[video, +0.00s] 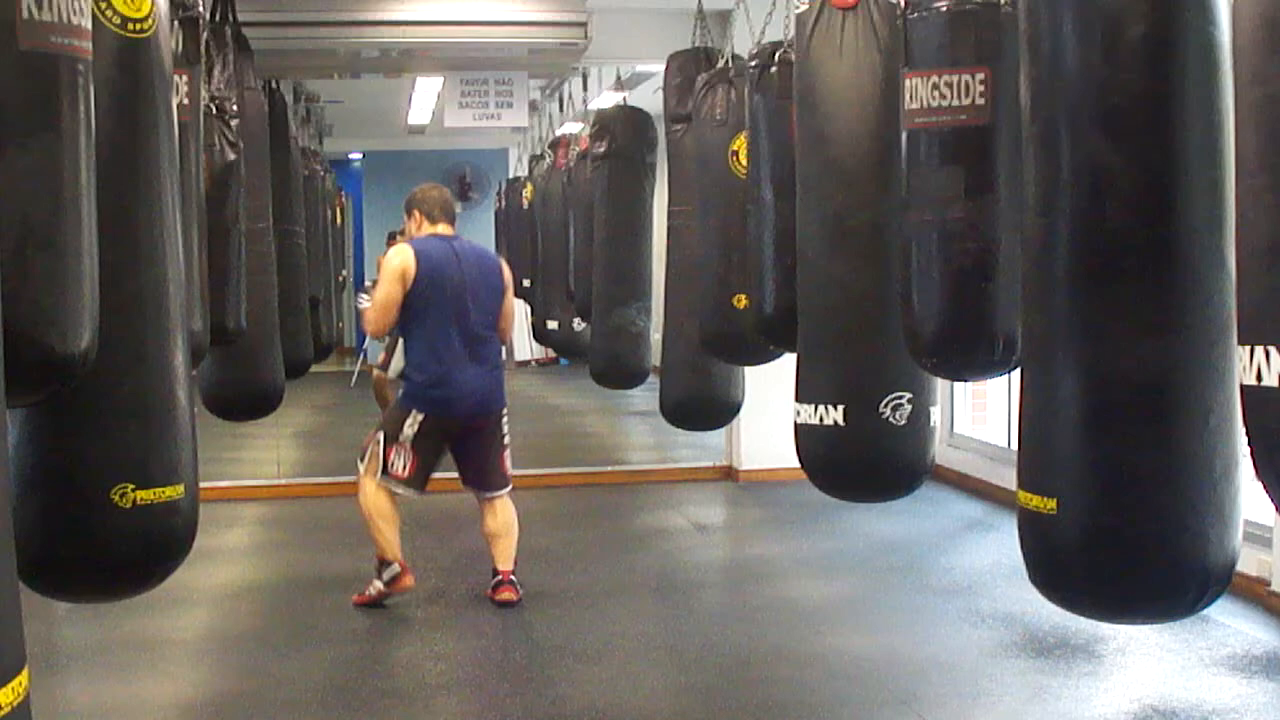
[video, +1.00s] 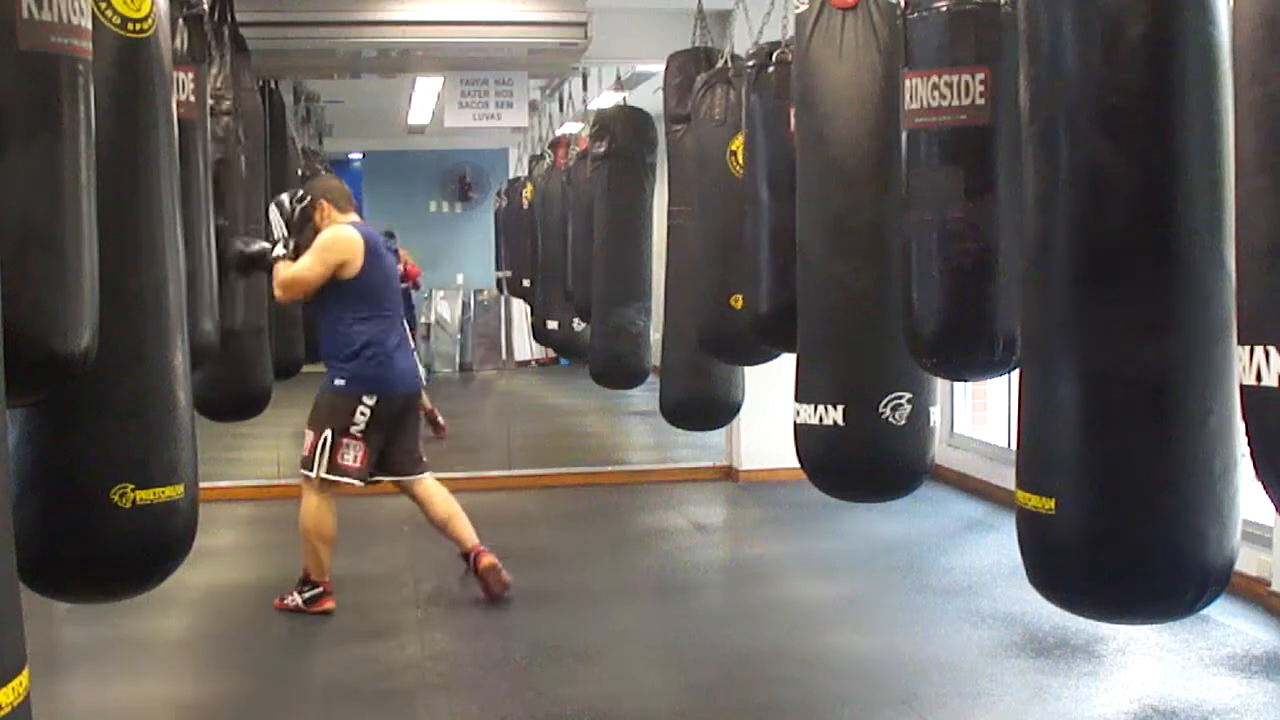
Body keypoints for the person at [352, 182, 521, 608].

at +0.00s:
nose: (406, 229)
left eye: (406, 222)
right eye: (406, 223)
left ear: (416, 218)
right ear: (453, 219)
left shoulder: (403, 256)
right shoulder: (496, 264)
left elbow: (377, 326)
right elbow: (505, 332)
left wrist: (370, 300)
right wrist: (467, 311)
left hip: (429, 395)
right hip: (486, 396)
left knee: (371, 476)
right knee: (495, 492)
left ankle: (392, 567)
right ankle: (505, 576)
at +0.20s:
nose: (401, 205)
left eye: (401, 199)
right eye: (401, 199)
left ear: (413, 194)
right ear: (449, 191)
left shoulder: (405, 224)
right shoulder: (496, 228)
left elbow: (386, 291)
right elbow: (517, 290)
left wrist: (377, 273)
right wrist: (476, 281)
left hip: (430, 363)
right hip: (487, 366)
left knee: (383, 450)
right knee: (497, 467)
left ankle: (398, 551)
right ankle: (504, 563)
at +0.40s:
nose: (402, 225)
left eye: (402, 218)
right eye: (401, 219)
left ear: (415, 213)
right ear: (450, 211)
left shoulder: (411, 249)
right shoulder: (495, 254)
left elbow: (365, 310)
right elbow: (506, 315)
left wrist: (356, 285)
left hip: (433, 391)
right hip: (488, 392)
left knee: (378, 477)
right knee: (499, 488)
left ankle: (416, 568)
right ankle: (511, 577)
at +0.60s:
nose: (380, 221)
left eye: (381, 215)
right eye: (381, 216)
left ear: (390, 213)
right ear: (427, 212)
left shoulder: (377, 244)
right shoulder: (466, 249)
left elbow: (332, 302)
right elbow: (484, 306)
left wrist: (333, 275)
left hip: (391, 386)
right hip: (453, 386)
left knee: (344, 478)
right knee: (492, 480)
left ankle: (333, 564)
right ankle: (510, 574)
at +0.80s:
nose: (329, 222)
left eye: (330, 216)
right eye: (330, 217)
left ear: (339, 216)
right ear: (380, 218)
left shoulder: (323, 244)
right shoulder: (417, 255)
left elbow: (270, 291)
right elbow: (426, 311)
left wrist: (284, 264)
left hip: (354, 392)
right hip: (415, 390)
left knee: (308, 486)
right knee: (453, 476)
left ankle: (314, 585)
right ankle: (506, 556)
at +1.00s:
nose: (311, 221)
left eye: (310, 214)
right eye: (309, 215)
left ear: (322, 209)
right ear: (350, 205)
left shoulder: (337, 239)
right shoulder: (377, 242)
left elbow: (286, 288)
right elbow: (396, 323)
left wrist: (282, 248)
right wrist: (420, 394)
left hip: (357, 380)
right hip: (401, 378)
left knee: (318, 482)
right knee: (415, 476)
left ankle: (315, 587)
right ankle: (478, 554)